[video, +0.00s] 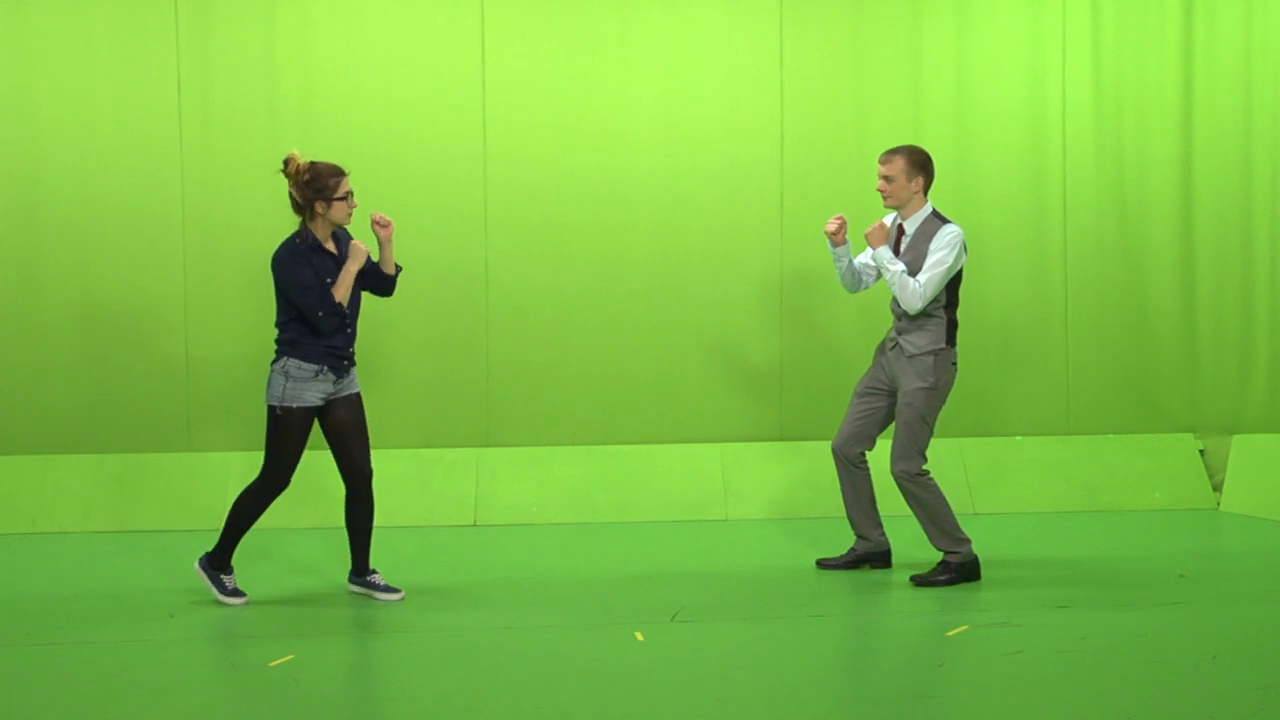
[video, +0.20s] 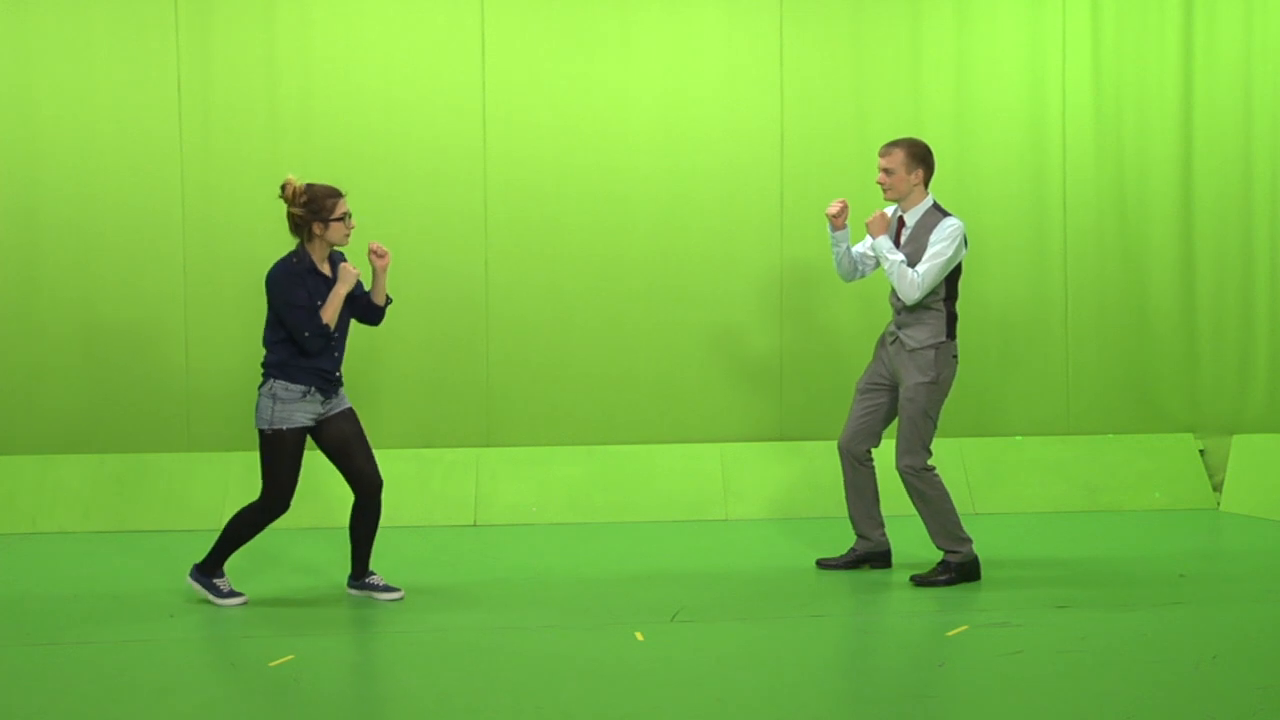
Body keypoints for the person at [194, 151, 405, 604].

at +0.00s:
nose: (354, 203)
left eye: (352, 195)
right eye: (345, 197)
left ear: (329, 205)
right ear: (319, 207)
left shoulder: (343, 247)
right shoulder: (290, 256)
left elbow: (385, 286)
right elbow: (327, 318)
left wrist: (386, 244)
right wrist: (352, 266)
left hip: (340, 376)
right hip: (296, 375)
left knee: (360, 476)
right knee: (276, 478)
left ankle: (361, 571)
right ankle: (216, 561)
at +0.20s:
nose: (351, 224)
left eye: (349, 216)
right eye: (342, 218)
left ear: (324, 227)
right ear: (317, 228)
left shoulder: (337, 271)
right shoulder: (285, 275)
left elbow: (372, 315)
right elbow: (312, 338)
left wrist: (380, 274)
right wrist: (342, 288)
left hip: (329, 396)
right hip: (285, 395)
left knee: (369, 485)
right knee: (276, 499)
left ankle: (360, 575)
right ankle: (207, 569)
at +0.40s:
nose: (351, 219)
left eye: (349, 212)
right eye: (343, 214)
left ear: (325, 222)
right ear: (317, 223)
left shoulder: (338, 268)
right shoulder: (287, 271)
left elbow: (373, 313)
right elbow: (315, 332)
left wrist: (381, 270)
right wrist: (346, 282)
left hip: (334, 394)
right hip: (290, 395)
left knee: (370, 484)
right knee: (275, 496)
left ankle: (360, 575)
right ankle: (207, 569)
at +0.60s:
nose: (355, 207)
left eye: (353, 199)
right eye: (347, 201)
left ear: (330, 210)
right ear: (321, 211)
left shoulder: (345, 256)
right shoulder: (292, 259)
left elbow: (380, 303)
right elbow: (323, 319)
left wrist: (386, 259)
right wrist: (353, 266)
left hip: (344, 383)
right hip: (298, 384)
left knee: (368, 481)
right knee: (282, 489)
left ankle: (360, 574)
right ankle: (215, 565)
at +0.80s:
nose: (352, 230)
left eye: (350, 223)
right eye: (344, 224)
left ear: (326, 232)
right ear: (318, 233)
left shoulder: (343, 276)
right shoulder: (289, 283)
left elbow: (373, 330)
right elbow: (323, 341)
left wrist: (379, 285)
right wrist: (353, 287)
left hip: (353, 401)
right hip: (308, 406)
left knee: (384, 492)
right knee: (290, 512)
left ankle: (361, 576)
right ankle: (210, 567)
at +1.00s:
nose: (348, 211)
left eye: (346, 203)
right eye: (339, 205)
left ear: (323, 212)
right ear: (313, 213)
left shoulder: (334, 259)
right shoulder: (283, 262)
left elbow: (369, 308)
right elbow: (318, 319)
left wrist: (374, 262)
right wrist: (347, 267)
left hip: (337, 387)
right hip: (292, 389)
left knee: (363, 484)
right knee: (274, 492)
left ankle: (359, 575)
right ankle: (210, 567)